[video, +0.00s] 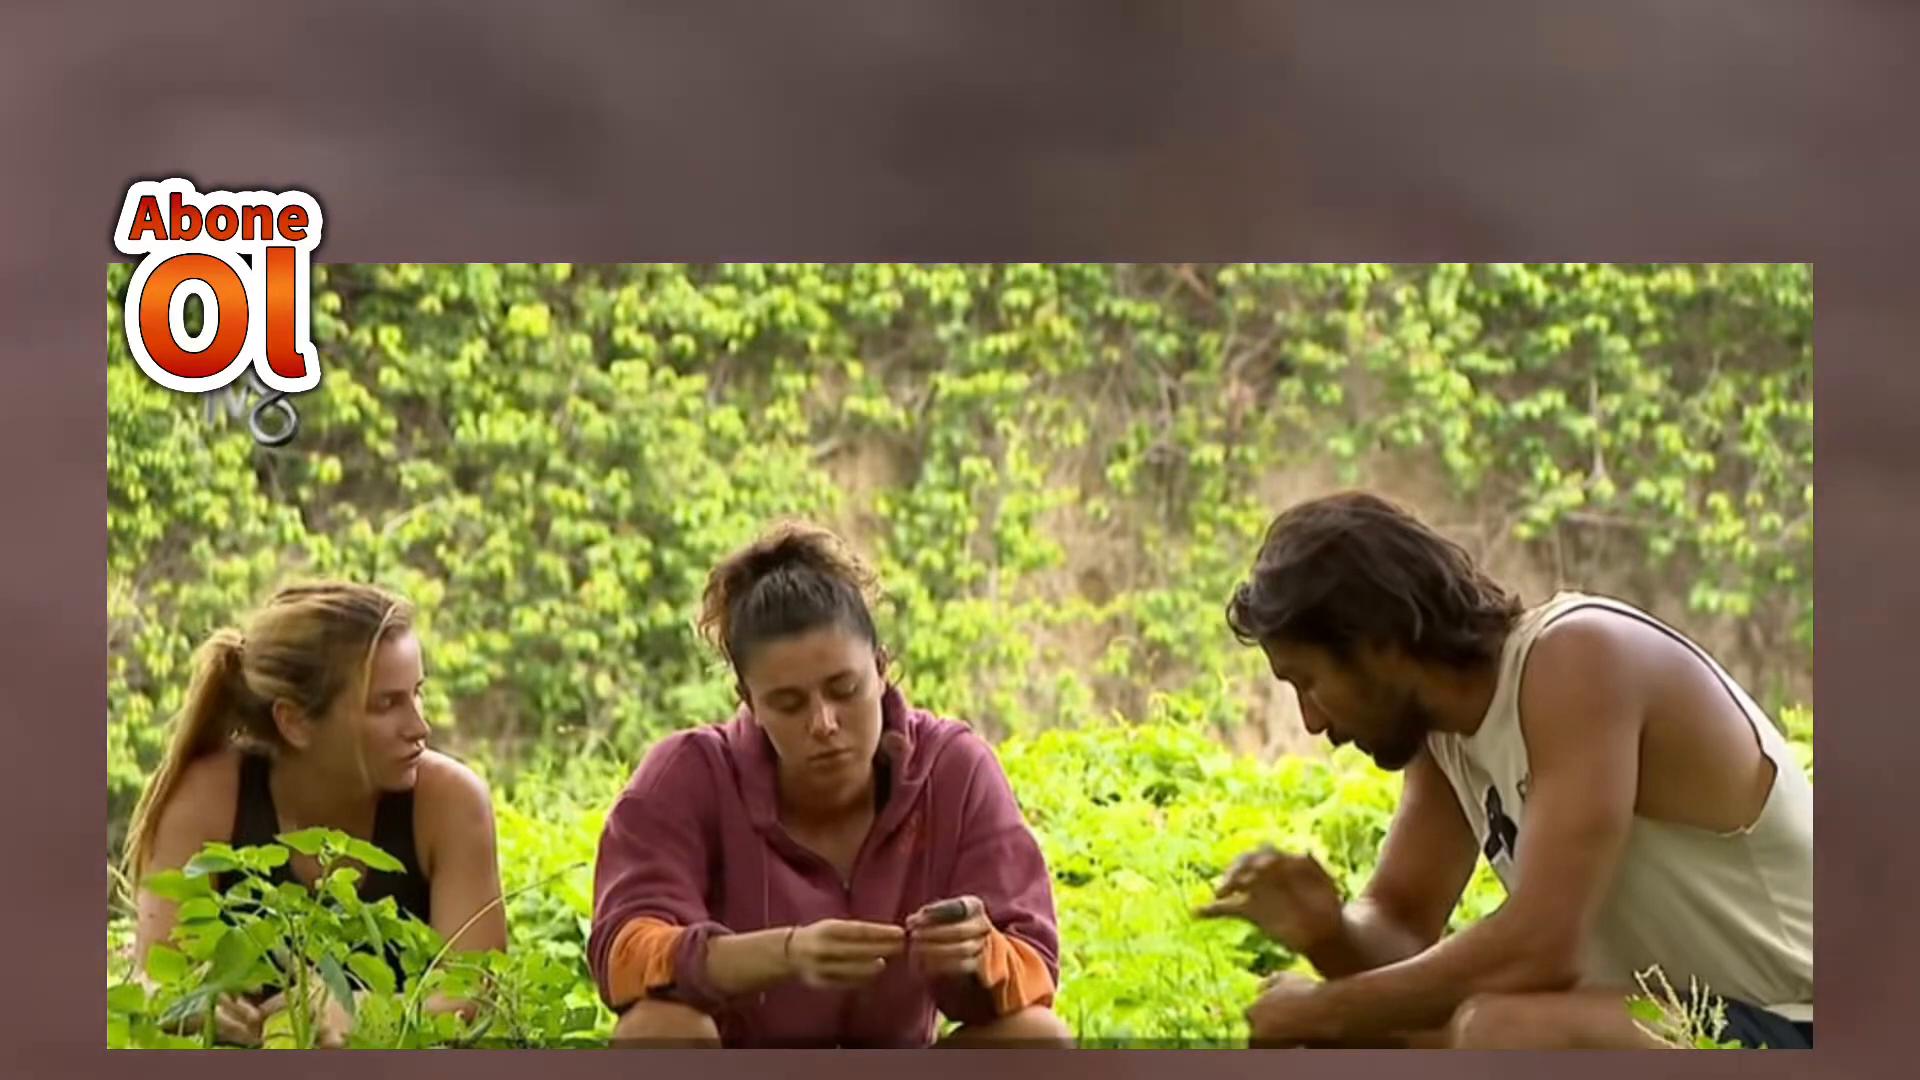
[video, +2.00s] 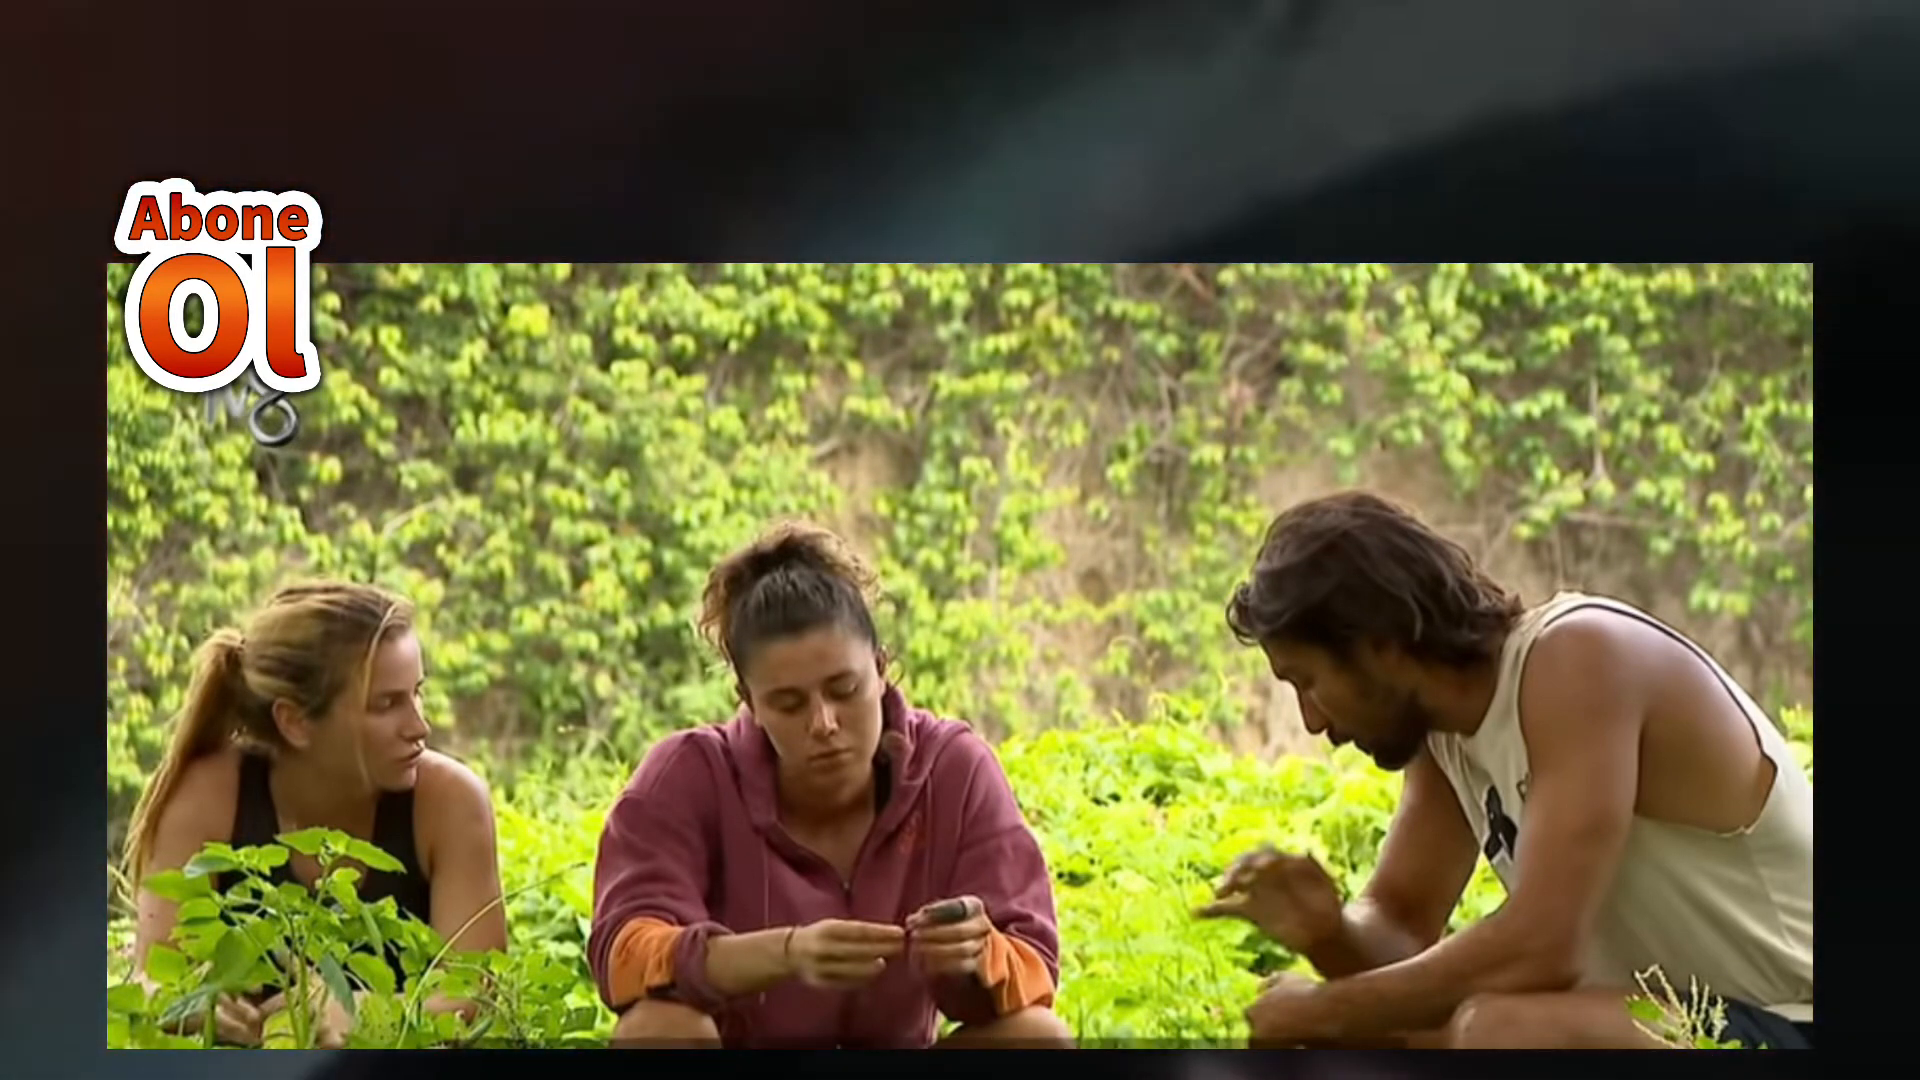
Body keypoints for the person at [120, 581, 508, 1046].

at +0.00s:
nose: (420, 726)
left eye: (417, 695)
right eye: (388, 704)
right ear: (295, 722)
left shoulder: (451, 799)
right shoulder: (206, 793)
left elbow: (470, 1000)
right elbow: (154, 983)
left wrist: (354, 1013)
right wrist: (201, 1008)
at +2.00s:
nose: (420, 725)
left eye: (417, 695)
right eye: (387, 705)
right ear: (295, 723)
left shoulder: (451, 800)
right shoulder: (206, 793)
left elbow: (470, 1001)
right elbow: (153, 984)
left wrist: (354, 1013)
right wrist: (200, 1009)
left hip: (385, 1067)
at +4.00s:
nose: (420, 726)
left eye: (417, 695)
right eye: (387, 705)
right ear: (295, 722)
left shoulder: (451, 799)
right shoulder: (206, 792)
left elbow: (470, 999)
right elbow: (153, 984)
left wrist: (355, 1013)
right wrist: (202, 1009)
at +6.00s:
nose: (420, 725)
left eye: (417, 695)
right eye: (388, 705)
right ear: (295, 723)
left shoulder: (451, 800)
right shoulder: (205, 792)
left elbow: (470, 1003)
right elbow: (153, 984)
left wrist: (354, 1013)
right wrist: (200, 1009)